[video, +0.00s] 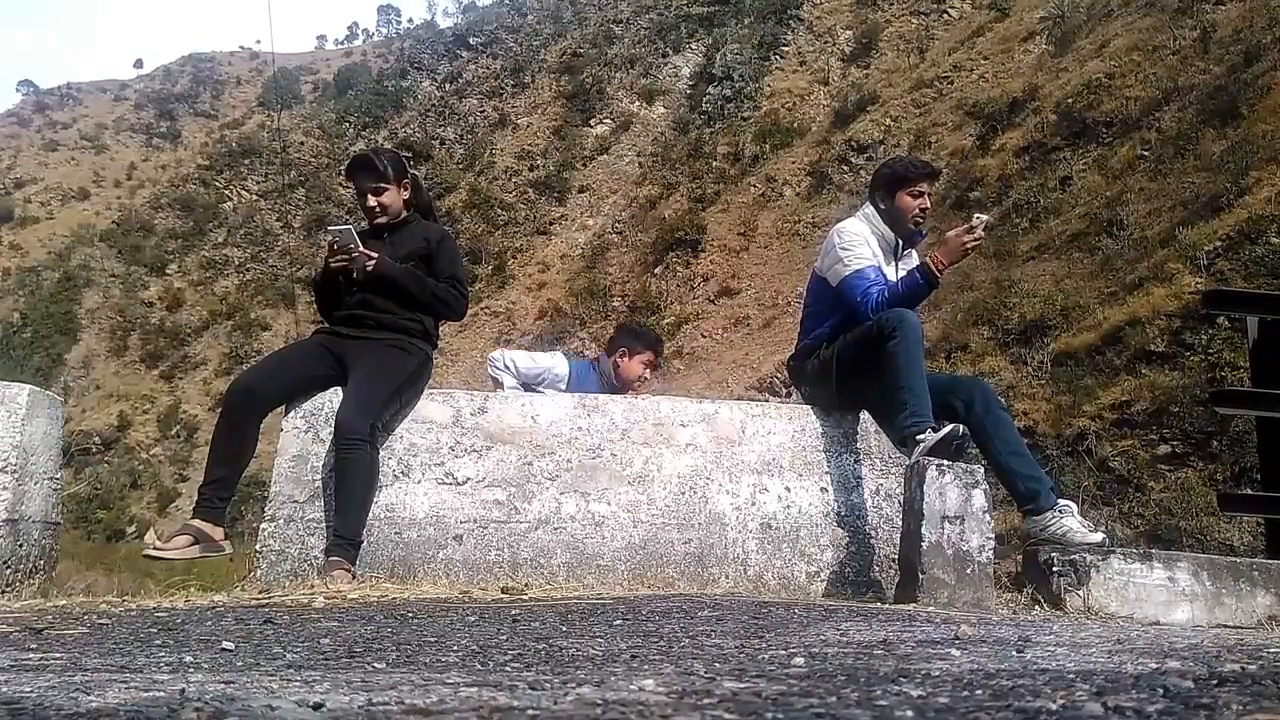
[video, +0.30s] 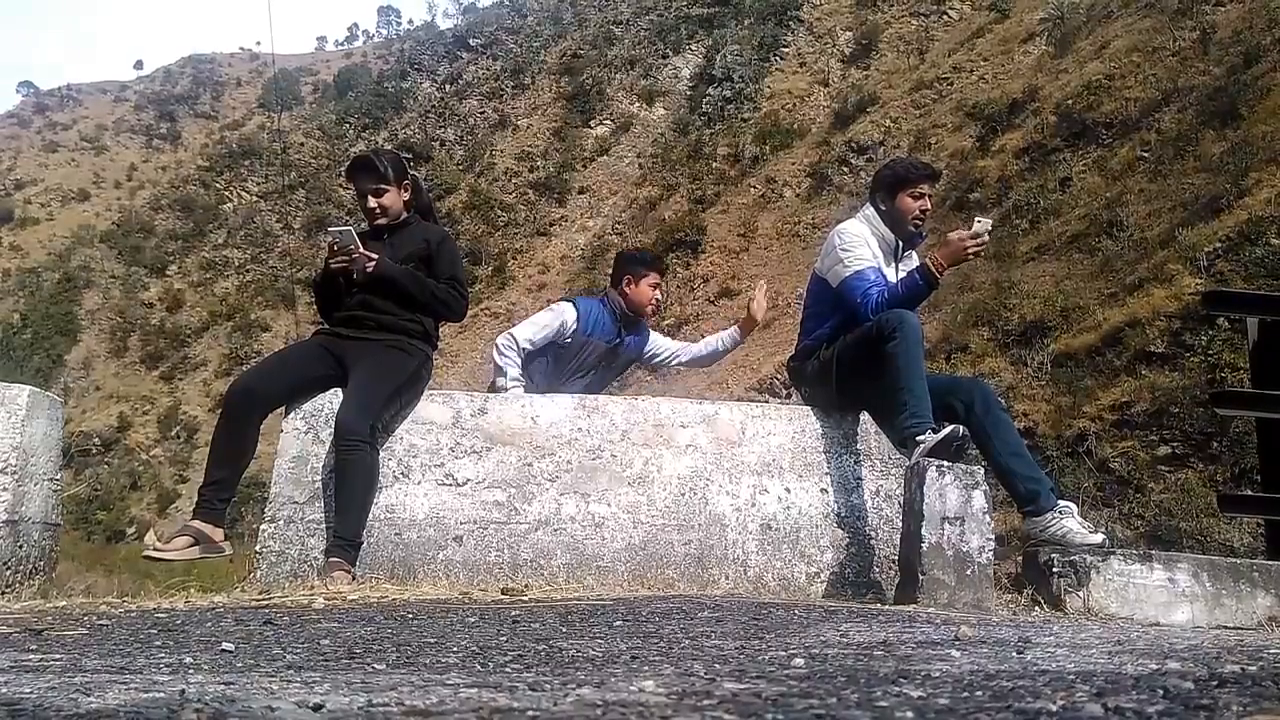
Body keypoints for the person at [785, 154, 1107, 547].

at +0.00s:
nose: (925, 204)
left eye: (927, 195)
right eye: (915, 195)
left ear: (926, 200)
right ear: (884, 197)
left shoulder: (906, 246)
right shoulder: (849, 235)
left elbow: (895, 309)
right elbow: (871, 305)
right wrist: (938, 261)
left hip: (876, 375)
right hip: (824, 373)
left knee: (975, 394)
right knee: (900, 324)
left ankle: (1043, 510)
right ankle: (917, 436)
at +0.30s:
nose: (926, 205)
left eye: (928, 197)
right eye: (916, 196)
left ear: (928, 203)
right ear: (885, 199)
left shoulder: (907, 247)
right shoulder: (849, 236)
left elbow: (895, 310)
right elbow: (870, 306)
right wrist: (938, 262)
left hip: (875, 376)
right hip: (824, 374)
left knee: (974, 394)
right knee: (900, 325)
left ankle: (1043, 512)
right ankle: (917, 437)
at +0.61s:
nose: (928, 205)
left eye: (930, 197)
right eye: (918, 196)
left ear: (930, 203)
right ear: (887, 199)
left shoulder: (909, 245)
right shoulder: (853, 235)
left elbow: (894, 308)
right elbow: (873, 304)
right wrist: (937, 262)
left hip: (876, 376)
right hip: (824, 373)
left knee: (974, 393)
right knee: (900, 324)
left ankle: (1043, 511)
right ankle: (917, 437)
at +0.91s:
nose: (935, 207)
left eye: (937, 198)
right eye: (925, 197)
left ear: (934, 202)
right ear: (894, 198)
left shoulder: (912, 243)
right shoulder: (856, 233)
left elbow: (897, 303)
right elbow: (874, 301)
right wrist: (938, 261)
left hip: (876, 374)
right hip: (825, 371)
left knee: (975, 391)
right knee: (901, 322)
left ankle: (1043, 510)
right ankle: (917, 434)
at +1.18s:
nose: (937, 210)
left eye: (941, 202)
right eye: (929, 199)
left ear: (937, 205)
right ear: (898, 197)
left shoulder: (912, 244)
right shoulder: (858, 232)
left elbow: (897, 302)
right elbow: (874, 300)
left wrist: (946, 260)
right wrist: (940, 261)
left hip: (876, 373)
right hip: (825, 370)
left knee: (975, 390)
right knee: (900, 321)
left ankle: (1043, 509)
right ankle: (918, 433)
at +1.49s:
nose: (935, 207)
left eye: (939, 199)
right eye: (925, 196)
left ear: (939, 204)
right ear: (894, 195)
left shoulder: (912, 242)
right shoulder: (855, 231)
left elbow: (894, 303)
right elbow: (872, 299)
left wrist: (944, 257)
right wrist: (937, 259)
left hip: (876, 374)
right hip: (824, 369)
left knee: (976, 389)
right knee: (899, 319)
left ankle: (1043, 507)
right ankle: (917, 431)